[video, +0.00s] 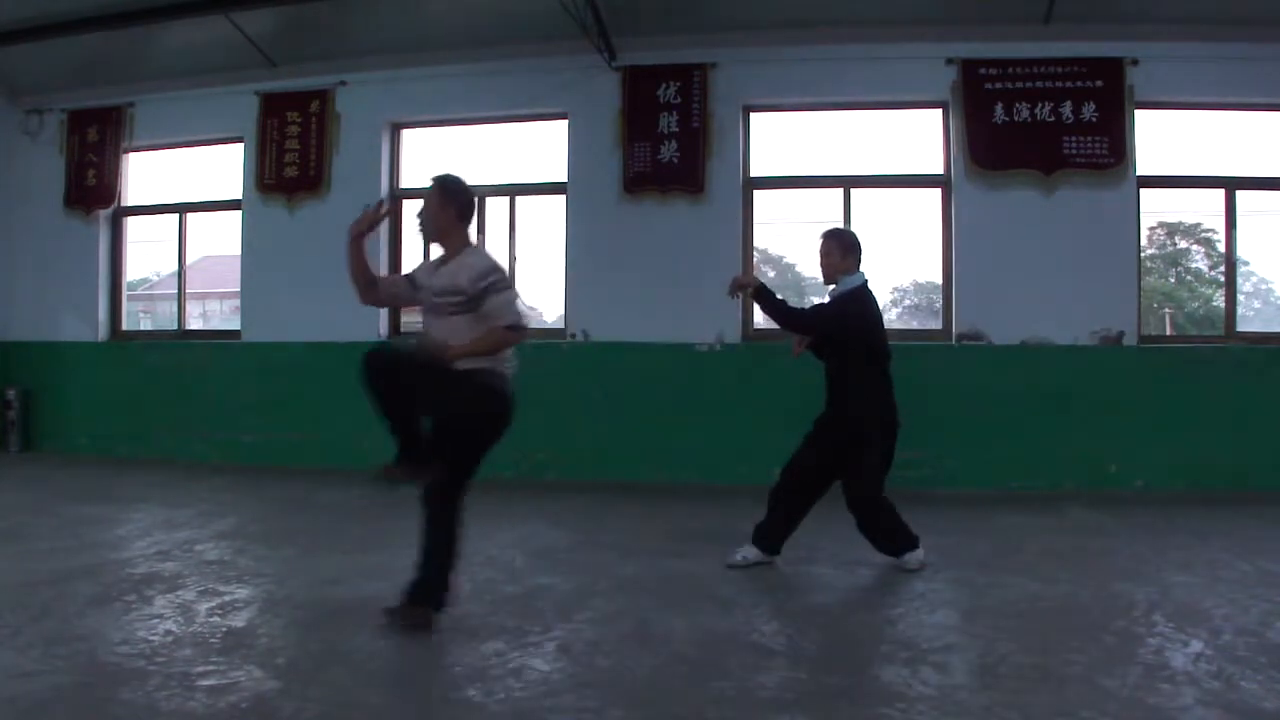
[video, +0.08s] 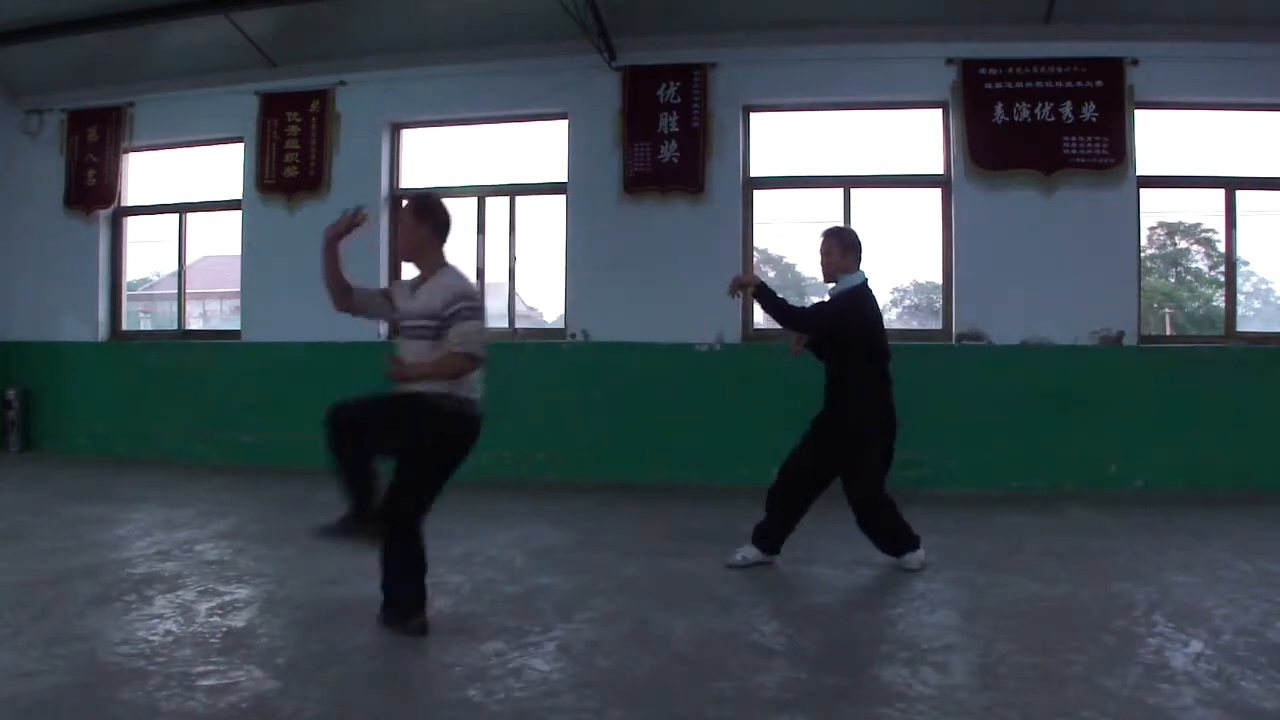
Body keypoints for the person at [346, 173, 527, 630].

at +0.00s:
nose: (420, 212)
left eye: (428, 204)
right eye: (423, 204)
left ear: (452, 212)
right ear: (447, 214)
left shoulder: (482, 268)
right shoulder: (430, 272)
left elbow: (511, 329)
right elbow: (374, 293)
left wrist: (454, 351)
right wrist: (356, 241)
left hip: (482, 390)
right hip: (439, 383)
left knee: (443, 486)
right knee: (380, 361)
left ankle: (426, 602)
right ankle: (414, 454)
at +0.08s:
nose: (395, 233)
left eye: (402, 224)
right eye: (396, 225)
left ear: (426, 231)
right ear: (416, 231)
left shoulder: (456, 288)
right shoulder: (404, 294)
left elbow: (468, 356)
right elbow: (345, 299)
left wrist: (412, 371)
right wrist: (331, 244)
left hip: (451, 412)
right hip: (413, 408)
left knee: (401, 510)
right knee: (345, 420)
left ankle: (405, 614)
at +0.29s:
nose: (346, 244)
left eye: (353, 235)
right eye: (348, 234)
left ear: (375, 239)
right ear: (380, 240)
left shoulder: (396, 299)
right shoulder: (367, 298)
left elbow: (375, 369)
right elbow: (307, 301)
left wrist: (329, 334)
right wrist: (263, 262)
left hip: (384, 431)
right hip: (374, 429)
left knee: (297, 516)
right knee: (370, 525)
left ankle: (240, 604)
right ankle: (406, 613)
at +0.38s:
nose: (327, 246)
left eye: (333, 236)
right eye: (329, 236)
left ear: (358, 238)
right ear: (362, 240)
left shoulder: (369, 296)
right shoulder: (363, 294)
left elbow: (336, 363)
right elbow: (294, 303)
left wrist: (311, 322)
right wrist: (245, 272)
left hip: (353, 429)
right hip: (382, 429)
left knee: (287, 524)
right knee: (363, 528)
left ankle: (227, 614)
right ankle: (405, 613)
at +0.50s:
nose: (282, 251)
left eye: (288, 241)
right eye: (283, 241)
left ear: (311, 243)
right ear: (324, 245)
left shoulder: (303, 300)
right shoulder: (355, 295)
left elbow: (247, 331)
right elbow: (286, 328)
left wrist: (221, 313)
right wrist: (239, 323)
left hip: (312, 428)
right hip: (362, 429)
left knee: (248, 525)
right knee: (342, 530)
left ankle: (213, 623)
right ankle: (399, 614)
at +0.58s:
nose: (254, 261)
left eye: (258, 252)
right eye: (255, 252)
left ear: (278, 254)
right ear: (298, 256)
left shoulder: (271, 299)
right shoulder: (332, 312)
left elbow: (210, 293)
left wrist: (170, 283)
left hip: (288, 448)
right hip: (336, 445)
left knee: (230, 524)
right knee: (327, 536)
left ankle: (211, 623)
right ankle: (398, 611)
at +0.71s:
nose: (236, 272)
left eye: (242, 262)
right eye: (237, 262)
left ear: (265, 263)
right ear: (274, 264)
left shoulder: (283, 315)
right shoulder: (304, 311)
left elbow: (257, 379)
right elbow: (274, 382)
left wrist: (210, 357)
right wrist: (223, 369)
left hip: (291, 446)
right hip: (331, 445)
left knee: (222, 520)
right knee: (319, 539)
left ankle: (210, 621)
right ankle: (386, 615)